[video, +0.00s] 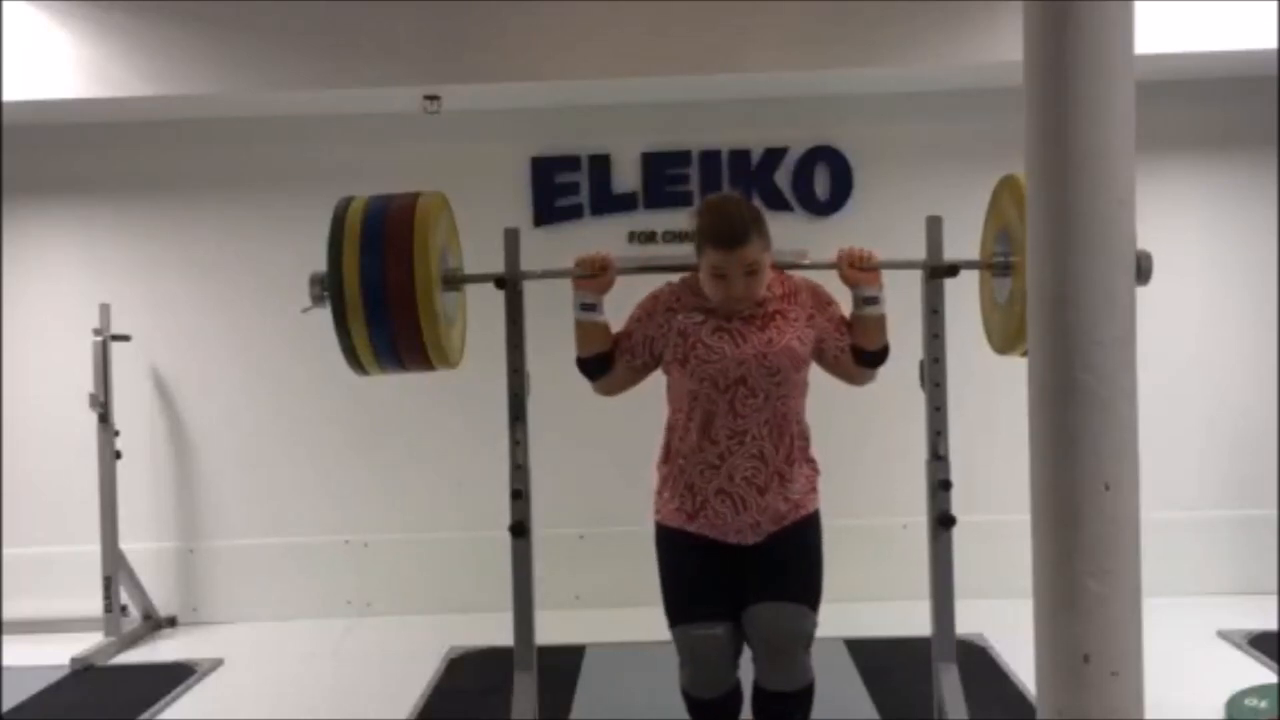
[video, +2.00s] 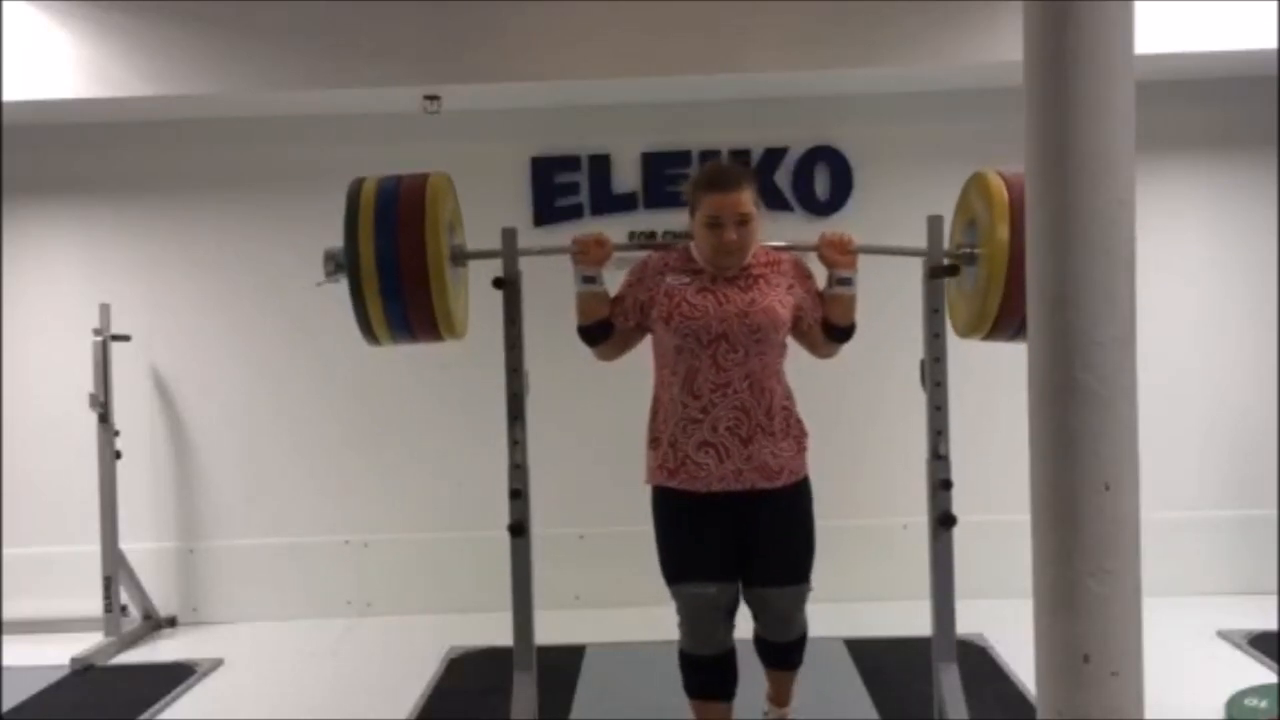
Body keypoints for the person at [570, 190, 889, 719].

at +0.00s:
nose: (736, 287)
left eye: (750, 271)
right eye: (719, 274)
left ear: (769, 258)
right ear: (697, 264)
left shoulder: (800, 302)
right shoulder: (671, 310)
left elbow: (860, 369)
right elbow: (608, 378)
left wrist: (868, 296)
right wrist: (588, 303)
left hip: (783, 519)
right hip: (693, 522)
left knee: (785, 661)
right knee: (706, 667)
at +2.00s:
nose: (729, 238)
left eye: (741, 223)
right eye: (714, 224)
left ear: (759, 220)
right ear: (692, 223)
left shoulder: (783, 270)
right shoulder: (658, 272)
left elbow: (826, 342)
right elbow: (607, 345)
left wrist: (842, 276)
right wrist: (589, 277)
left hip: (774, 478)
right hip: (689, 482)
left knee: (782, 619)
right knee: (704, 628)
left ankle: (779, 711)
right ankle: (713, 717)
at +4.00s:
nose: (721, 234)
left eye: (730, 223)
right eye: (708, 225)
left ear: (745, 227)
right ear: (687, 232)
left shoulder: (770, 275)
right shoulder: (660, 279)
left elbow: (810, 338)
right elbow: (614, 339)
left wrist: (823, 283)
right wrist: (600, 281)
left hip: (762, 457)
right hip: (685, 460)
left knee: (770, 580)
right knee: (684, 581)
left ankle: (795, 696)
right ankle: (667, 699)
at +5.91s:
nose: (723, 249)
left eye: (734, 240)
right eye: (711, 241)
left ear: (750, 251)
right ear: (692, 254)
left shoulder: (776, 305)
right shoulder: (666, 308)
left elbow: (819, 367)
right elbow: (621, 371)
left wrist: (829, 312)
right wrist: (605, 313)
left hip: (764, 461)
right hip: (682, 463)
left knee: (797, 571)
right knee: (662, 578)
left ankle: (801, 696)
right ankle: (665, 699)